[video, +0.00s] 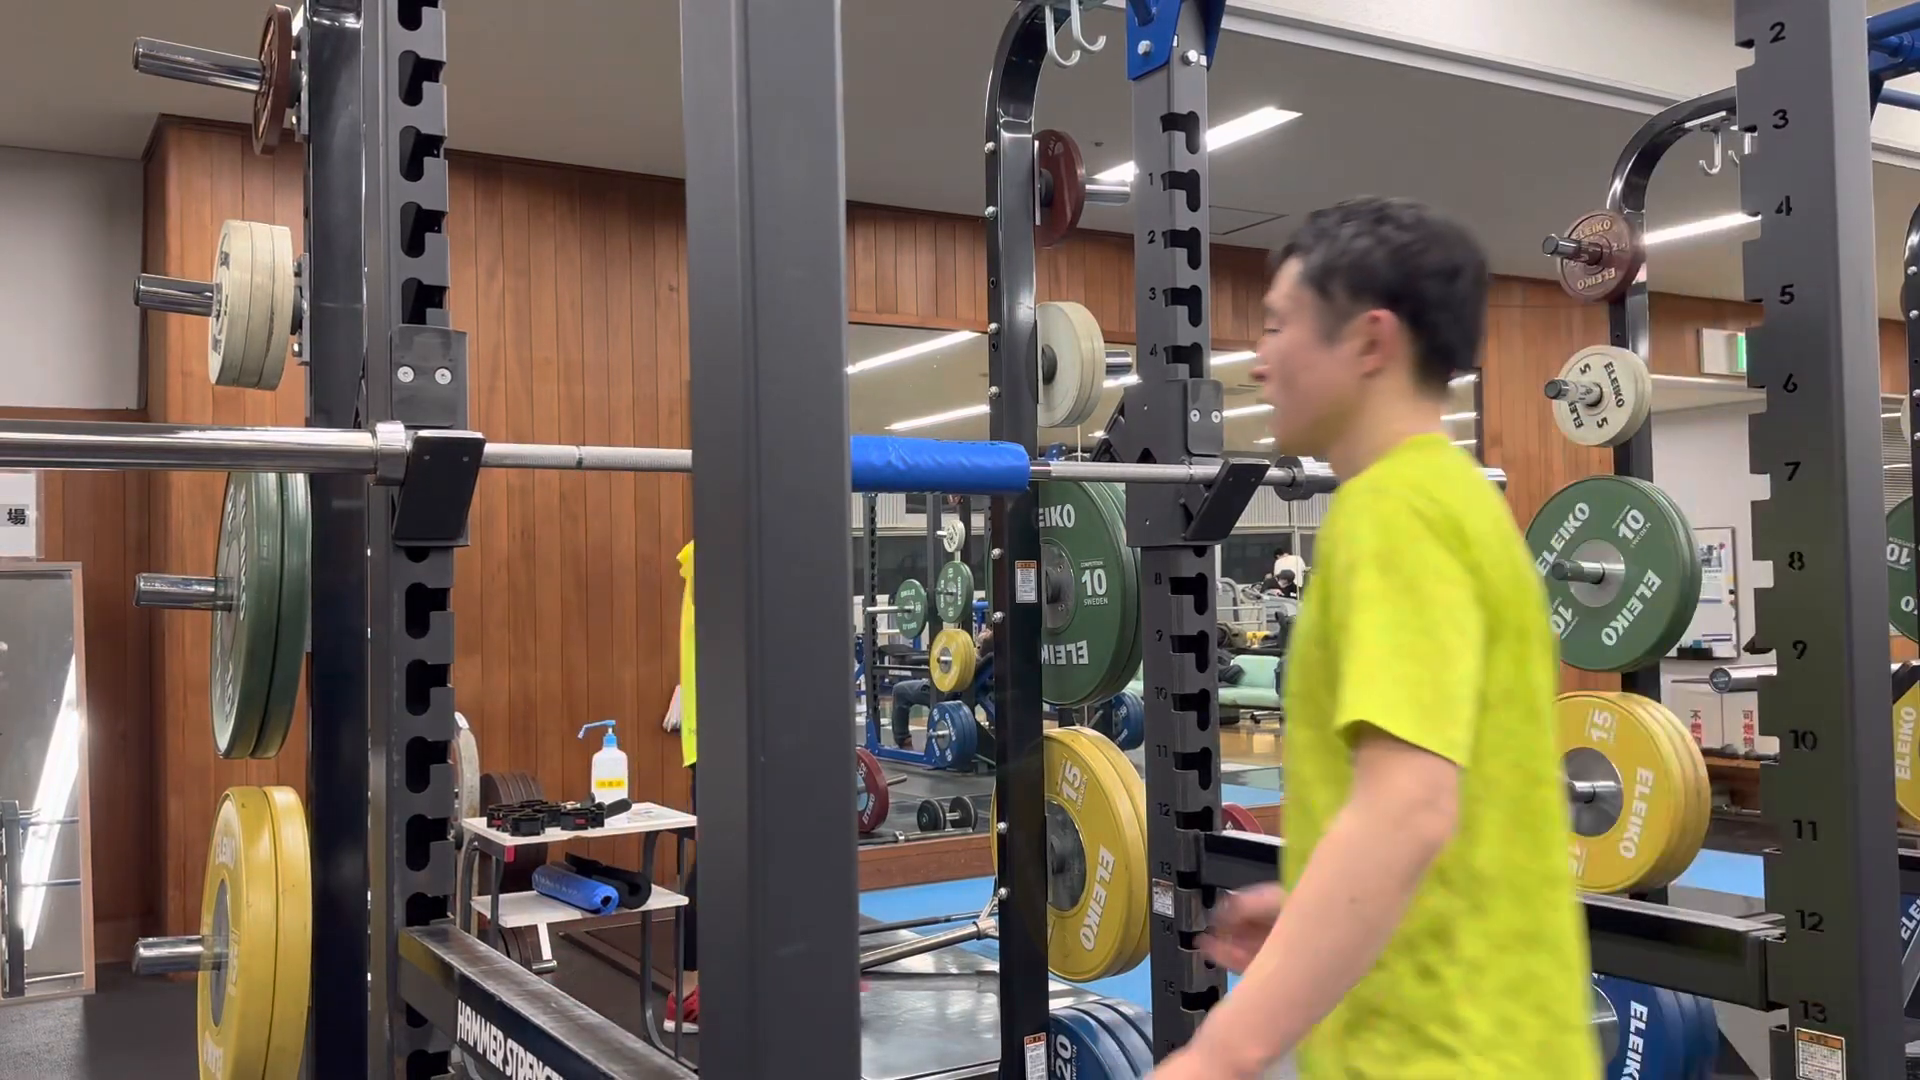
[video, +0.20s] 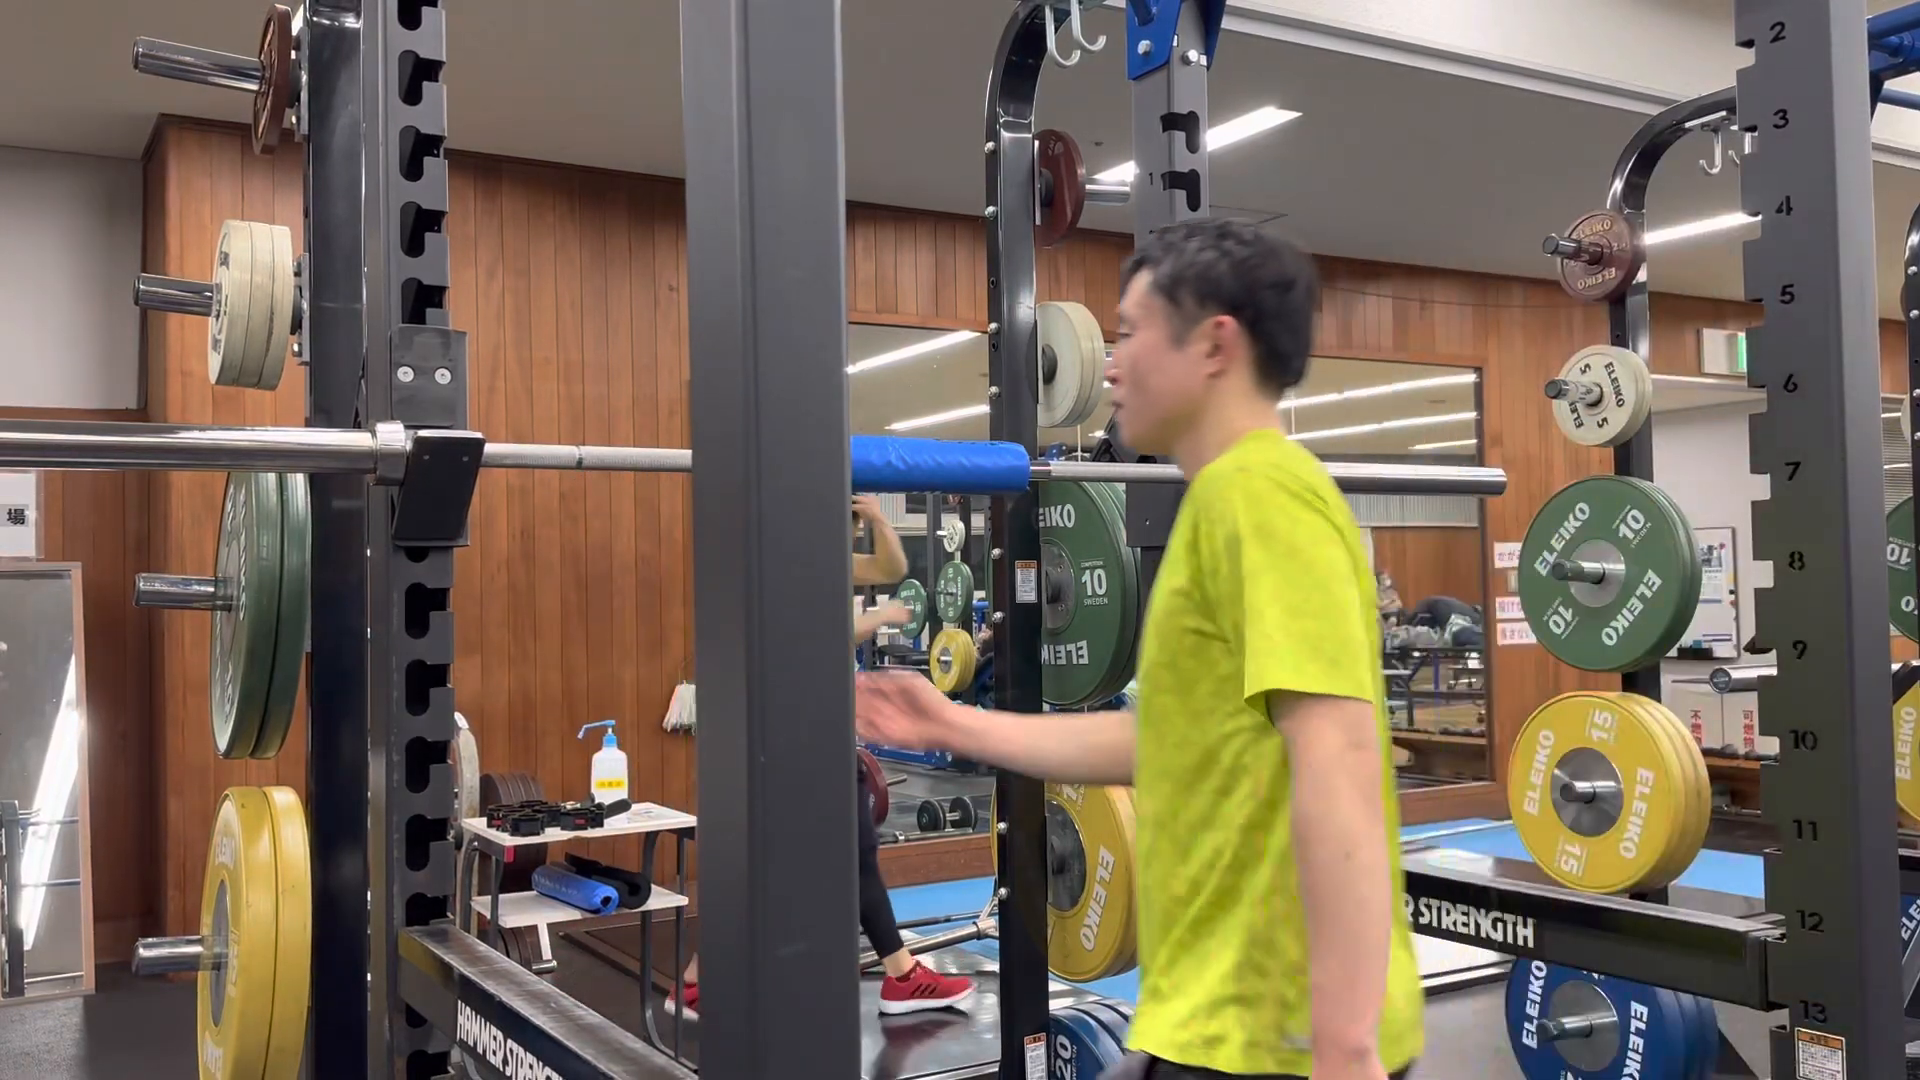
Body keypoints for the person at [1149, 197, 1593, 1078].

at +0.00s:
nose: (1256, 357)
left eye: (1277, 323)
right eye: (1263, 328)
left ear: (1371, 342)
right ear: (1375, 347)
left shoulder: (1396, 506)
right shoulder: (1461, 500)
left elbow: (1409, 805)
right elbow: (1477, 821)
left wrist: (1222, 1054)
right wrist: (1314, 911)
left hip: (1429, 1047)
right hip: (1492, 1037)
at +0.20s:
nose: (1109, 364)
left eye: (1127, 333)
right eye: (1116, 336)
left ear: (1215, 345)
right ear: (1213, 348)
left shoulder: (1263, 491)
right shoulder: (1229, 499)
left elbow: (1336, 755)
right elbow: (1166, 740)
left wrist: (1345, 1046)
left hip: (1259, 1036)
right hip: (1217, 1020)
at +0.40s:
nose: (990, 384)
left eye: (1009, 355)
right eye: (996, 358)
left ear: (1095, 367)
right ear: (1084, 370)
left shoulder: (1163, 509)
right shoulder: (1067, 555)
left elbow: (1256, 745)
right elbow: (929, 695)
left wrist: (1276, 1038)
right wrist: (753, 592)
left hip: (1151, 1036)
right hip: (1071, 1027)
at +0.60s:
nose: (905, 382)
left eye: (927, 353)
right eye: (914, 355)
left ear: (1009, 370)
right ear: (997, 370)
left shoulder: (1088, 522)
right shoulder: (940, 562)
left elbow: (1157, 780)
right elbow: (809, 673)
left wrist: (1106, 1041)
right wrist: (673, 550)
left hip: (1074, 1040)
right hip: (968, 1021)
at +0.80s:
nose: (811, 383)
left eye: (833, 355)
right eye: (817, 357)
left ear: (908, 372)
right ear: (898, 373)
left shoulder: (1036, 520)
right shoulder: (835, 550)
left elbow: (1131, 742)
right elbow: (700, 700)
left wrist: (977, 924)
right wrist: (607, 545)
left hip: (1030, 1027)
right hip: (861, 1021)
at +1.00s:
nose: (816, 390)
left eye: (843, 366)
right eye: (801, 366)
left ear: (906, 398)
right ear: (770, 381)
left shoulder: (994, 534)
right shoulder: (750, 551)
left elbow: (1097, 733)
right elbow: (600, 699)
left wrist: (1093, 932)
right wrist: (580, 531)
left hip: (988, 1016)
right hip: (809, 1009)